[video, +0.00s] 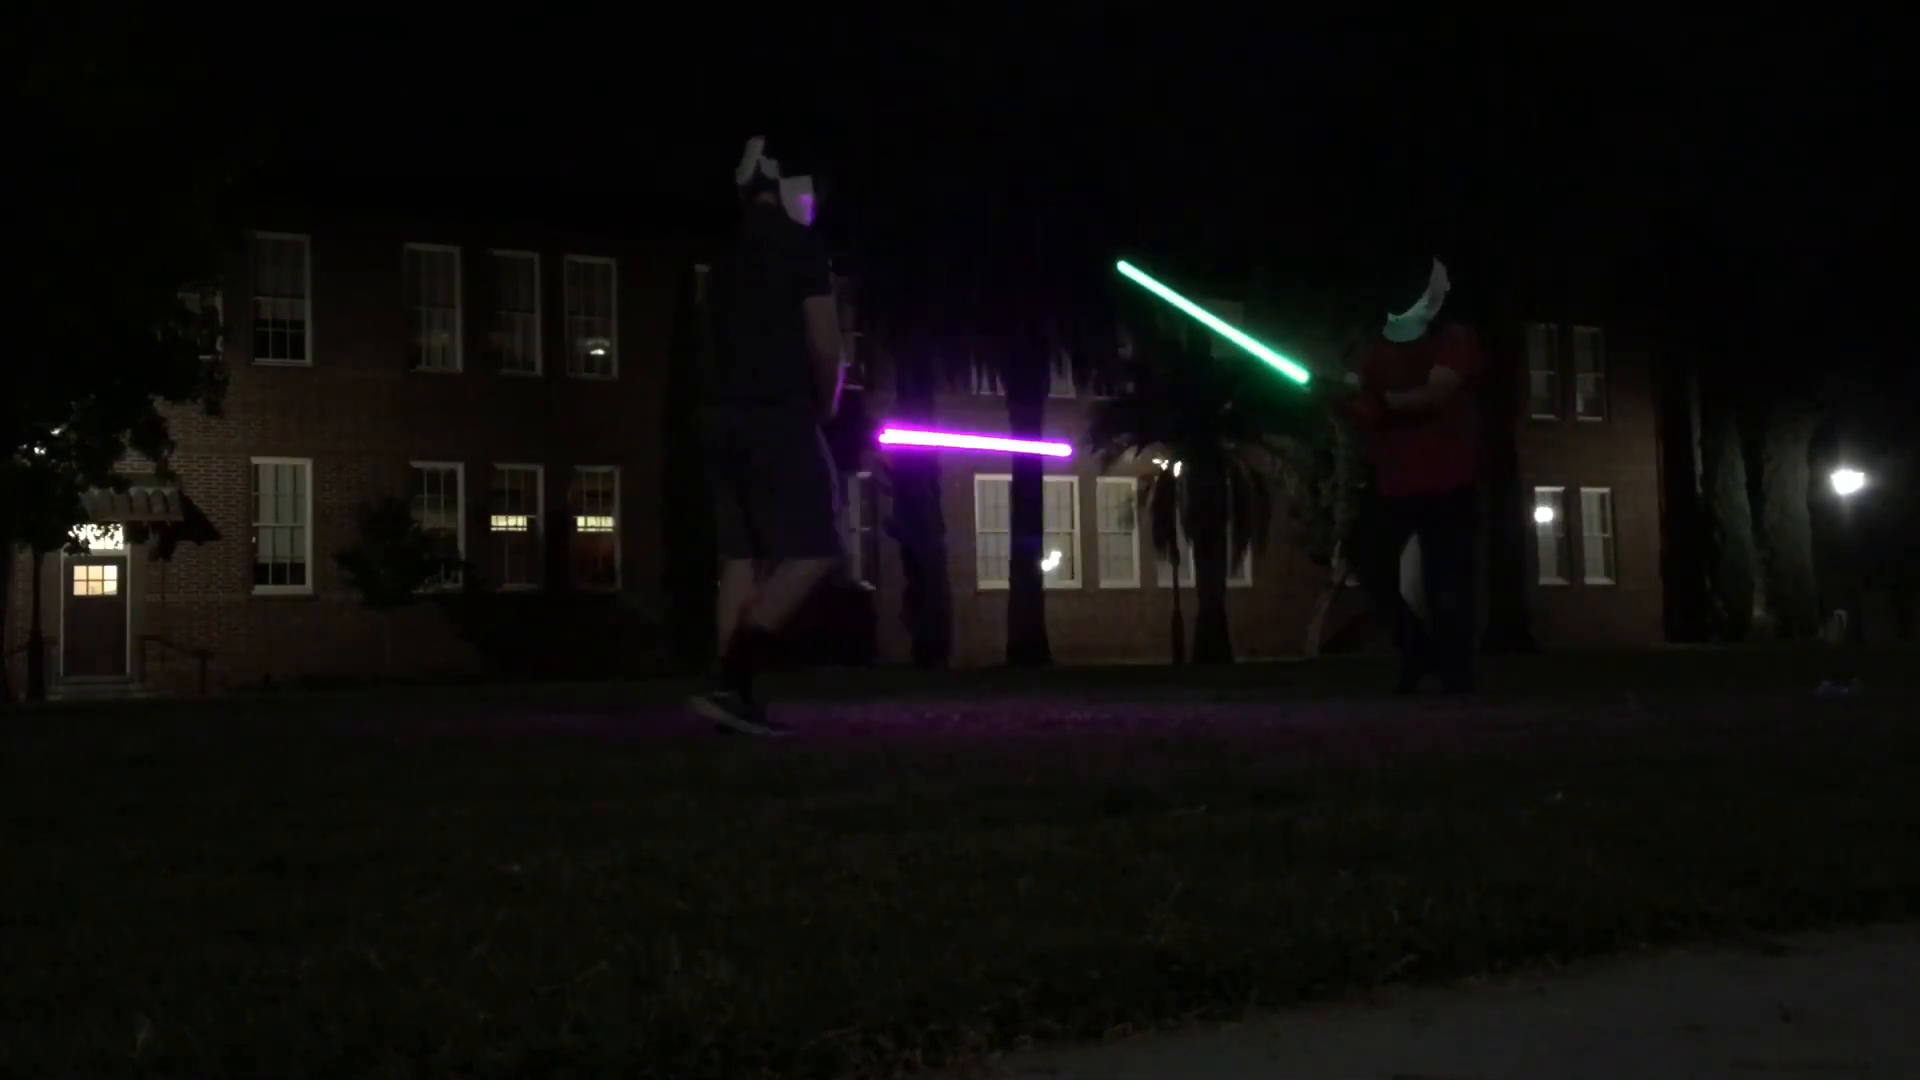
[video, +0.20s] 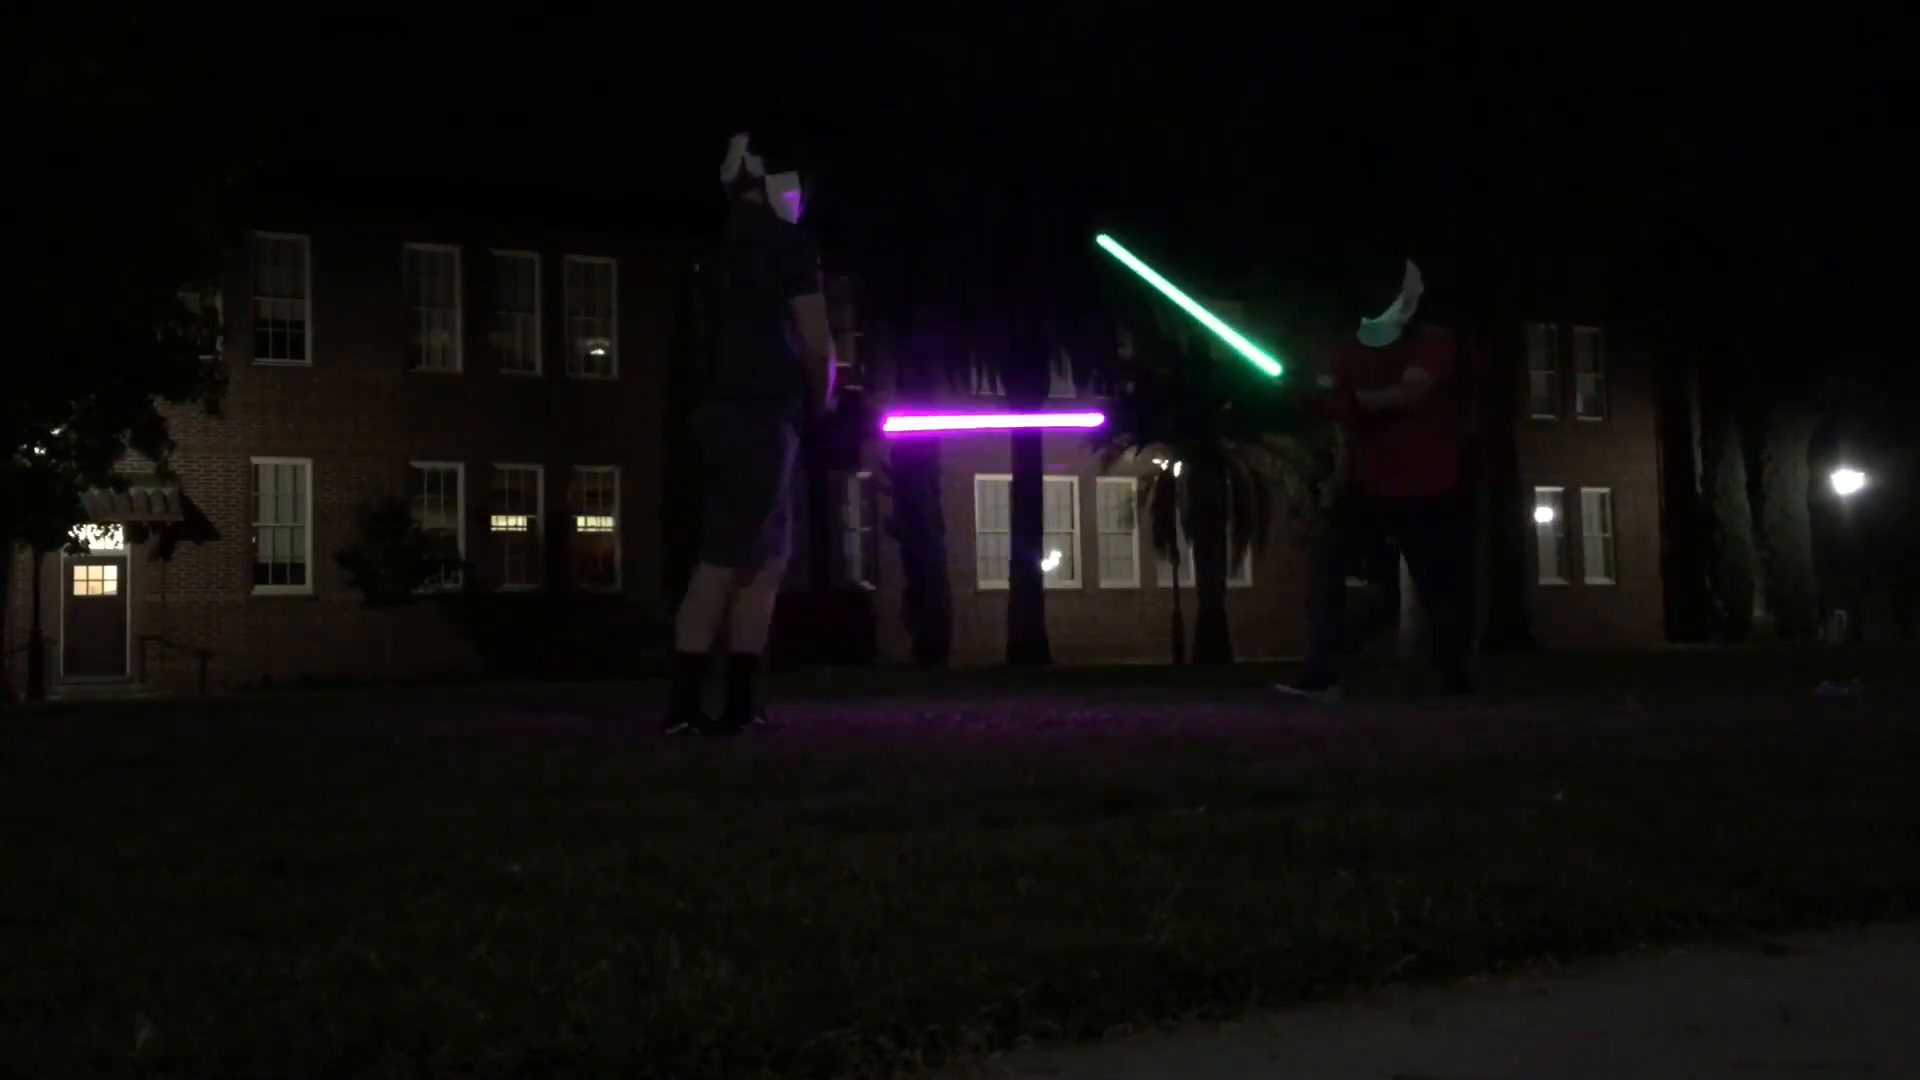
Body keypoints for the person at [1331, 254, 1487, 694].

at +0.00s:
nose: (1400, 316)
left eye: (1411, 306)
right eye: (1394, 307)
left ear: (1432, 302)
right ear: (1387, 308)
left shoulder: (1452, 343)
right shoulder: (1378, 349)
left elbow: (1437, 395)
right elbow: (1365, 407)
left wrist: (1377, 399)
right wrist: (1341, 394)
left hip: (1447, 485)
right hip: (1393, 486)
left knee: (1447, 582)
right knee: (1375, 578)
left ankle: (1455, 669)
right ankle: (1415, 653)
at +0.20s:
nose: (1375, 308)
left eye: (1386, 297)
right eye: (1371, 299)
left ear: (1409, 295)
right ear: (1366, 301)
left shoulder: (1430, 340)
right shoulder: (1356, 344)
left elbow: (1409, 394)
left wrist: (1350, 400)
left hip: (1424, 488)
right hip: (1366, 487)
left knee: (1439, 588)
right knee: (1331, 575)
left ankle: (1452, 678)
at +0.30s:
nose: (1353, 312)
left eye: (1365, 301)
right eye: (1348, 302)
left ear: (1387, 299)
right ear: (1341, 302)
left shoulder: (1410, 342)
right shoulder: (1332, 344)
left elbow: (1387, 392)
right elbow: (1311, 398)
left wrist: (1324, 391)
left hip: (1403, 493)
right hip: (1342, 492)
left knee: (1432, 593)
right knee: (1305, 579)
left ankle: (1455, 679)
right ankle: (1294, 677)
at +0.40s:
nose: (1322, 325)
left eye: (1332, 315)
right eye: (1316, 316)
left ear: (1355, 303)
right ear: (1307, 307)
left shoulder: (1377, 337)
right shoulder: (1303, 343)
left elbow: (1349, 386)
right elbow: (1274, 384)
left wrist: (1289, 380)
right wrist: (1235, 369)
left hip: (1369, 490)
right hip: (1312, 490)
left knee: (1401, 588)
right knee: (1285, 584)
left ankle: (1452, 673)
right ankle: (1291, 684)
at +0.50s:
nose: (1292, 320)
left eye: (1300, 309)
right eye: (1285, 312)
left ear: (1322, 297)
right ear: (1278, 306)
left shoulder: (1341, 335)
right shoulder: (1281, 344)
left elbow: (1292, 375)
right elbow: (1234, 374)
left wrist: (1228, 355)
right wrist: (1204, 331)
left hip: (1336, 488)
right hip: (1282, 490)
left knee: (1356, 589)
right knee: (1267, 592)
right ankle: (1289, 680)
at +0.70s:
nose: (1232, 275)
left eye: (1243, 266)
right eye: (1233, 266)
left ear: (1263, 275)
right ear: (1262, 276)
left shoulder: (1275, 323)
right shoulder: (1226, 315)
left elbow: (1211, 334)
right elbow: (1183, 303)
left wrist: (1160, 286)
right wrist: (1162, 259)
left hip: (1259, 472)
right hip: (1220, 471)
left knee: (1223, 572)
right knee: (1216, 573)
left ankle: (1281, 667)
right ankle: (1214, 676)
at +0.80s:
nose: (1216, 277)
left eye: (1225, 269)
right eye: (1217, 270)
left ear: (1245, 278)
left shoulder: (1254, 323)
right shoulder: (1213, 310)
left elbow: (1174, 330)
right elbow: (1182, 291)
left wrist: (1136, 278)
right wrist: (1149, 262)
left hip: (1223, 475)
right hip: (1186, 471)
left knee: (1183, 580)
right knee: (1149, 581)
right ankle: (1223, 652)